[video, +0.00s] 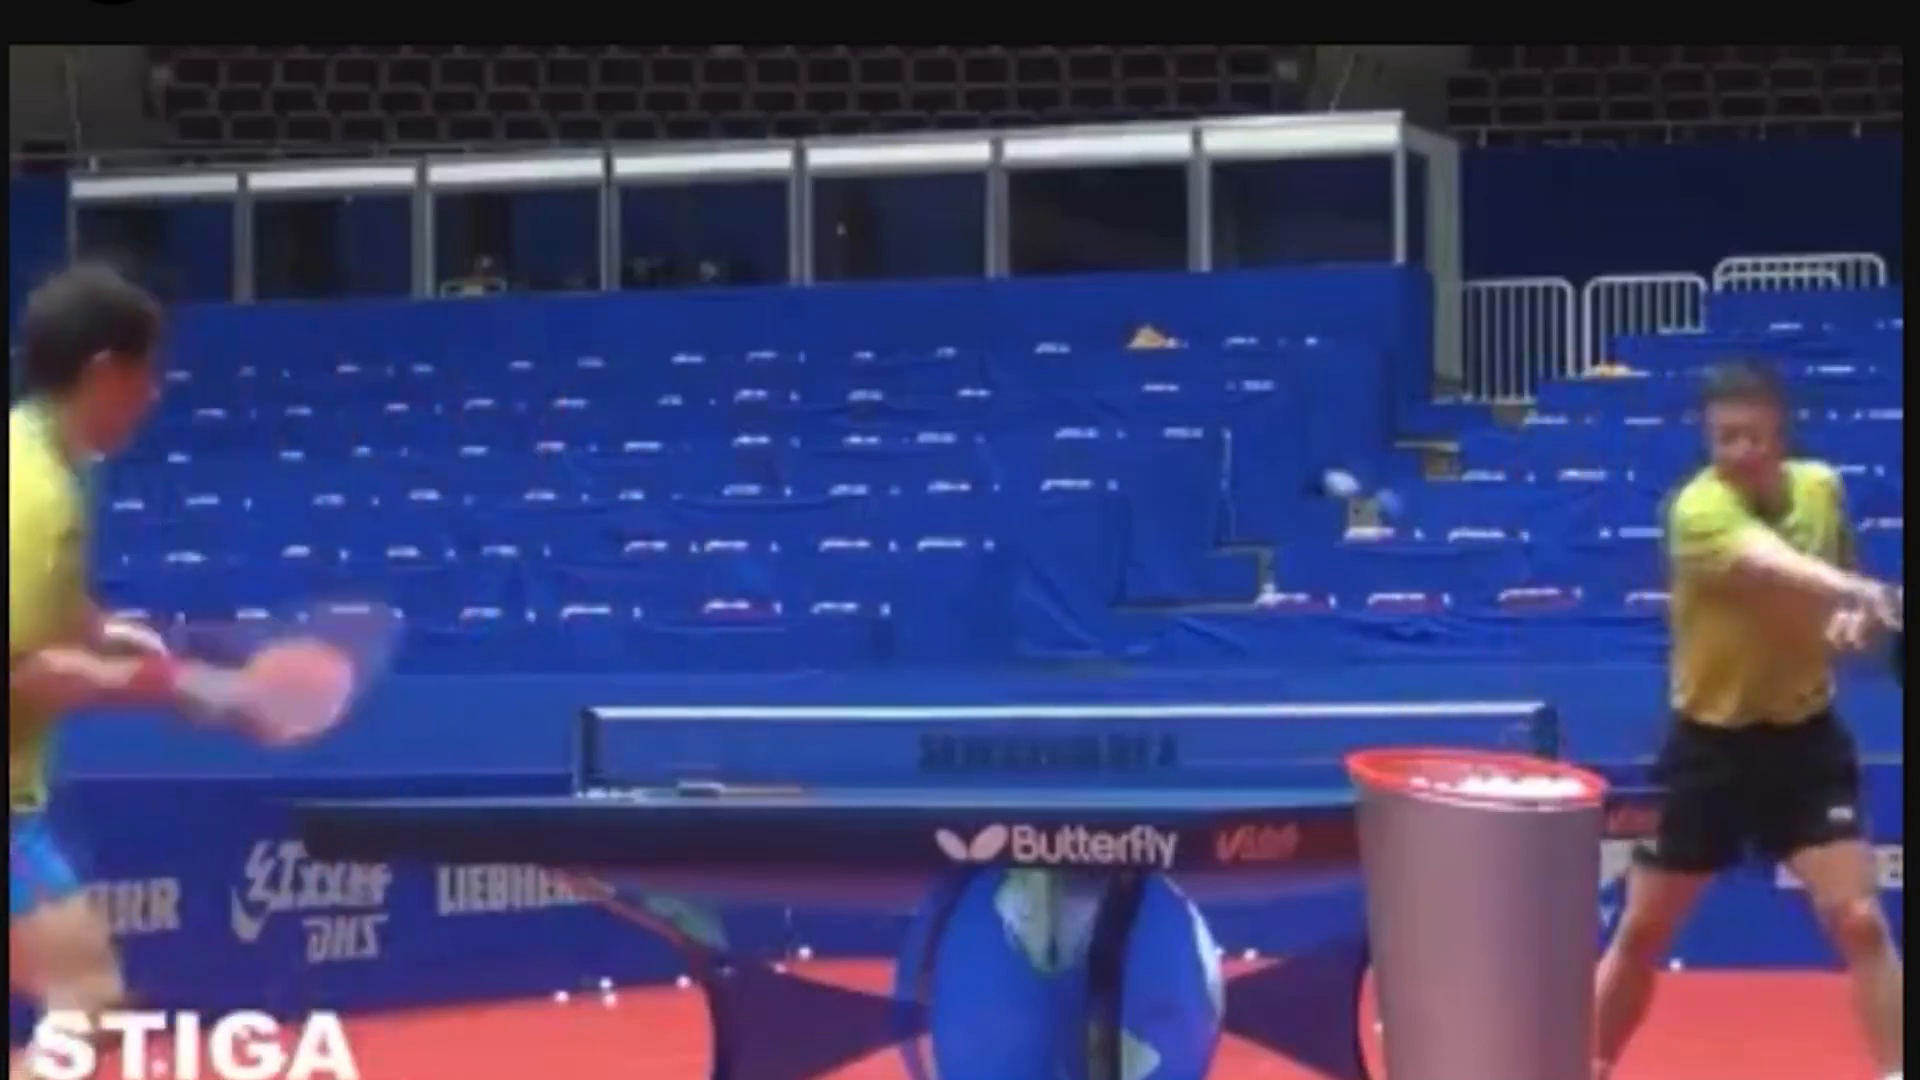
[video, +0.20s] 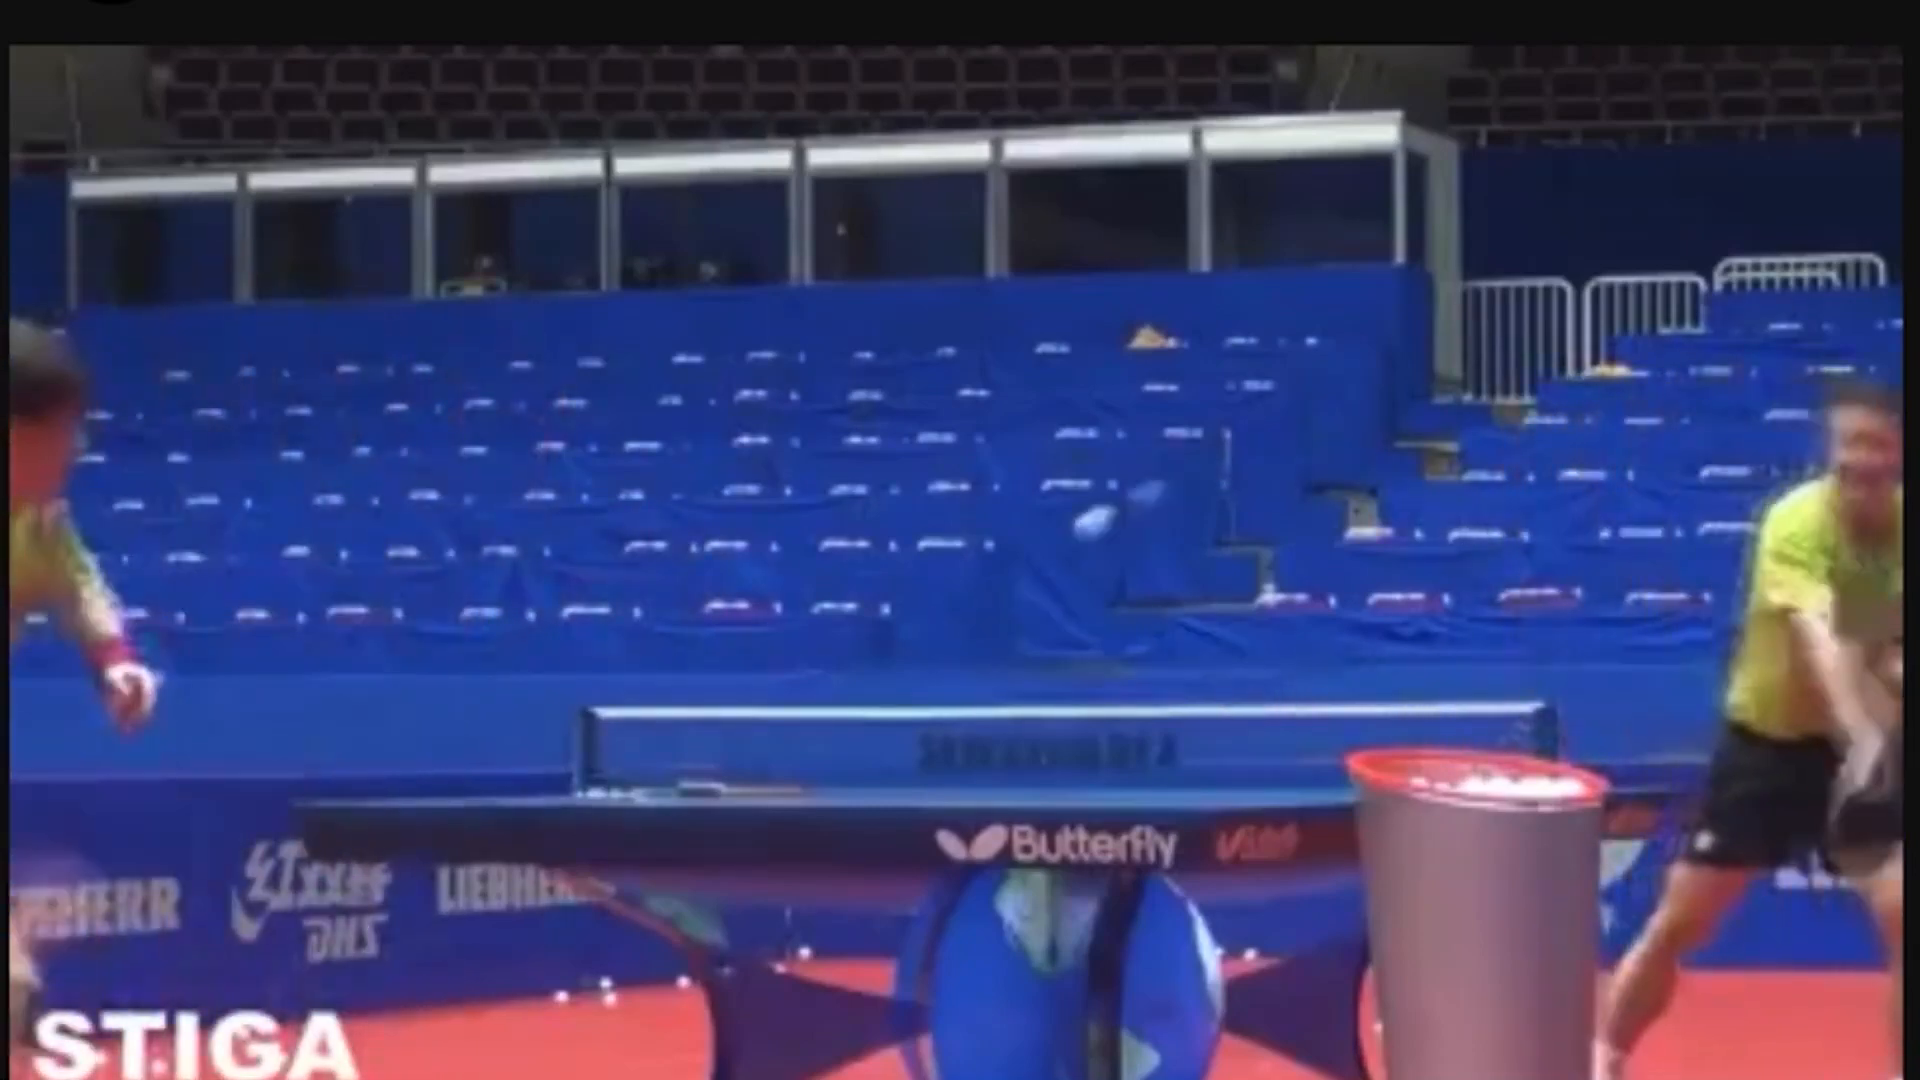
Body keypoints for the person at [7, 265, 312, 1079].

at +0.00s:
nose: (152, 391)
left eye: (152, 370)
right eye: (144, 368)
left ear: (88, 370)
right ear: (99, 372)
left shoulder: (50, 469)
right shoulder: (34, 495)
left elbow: (53, 607)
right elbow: (28, 670)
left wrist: (104, 630)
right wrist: (125, 681)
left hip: (23, 802)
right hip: (14, 812)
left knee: (79, 994)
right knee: (86, 993)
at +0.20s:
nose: (69, 453)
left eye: (71, 432)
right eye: (55, 433)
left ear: (60, 432)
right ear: (15, 435)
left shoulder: (41, 524)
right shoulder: (34, 531)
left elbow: (81, 591)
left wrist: (117, 664)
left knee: (20, 968)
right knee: (20, 969)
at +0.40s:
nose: (62, 486)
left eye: (67, 465)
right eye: (45, 467)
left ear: (67, 463)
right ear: (7, 468)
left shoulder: (65, 540)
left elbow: (166, 591)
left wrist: (229, 694)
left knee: (19, 972)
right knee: (20, 973)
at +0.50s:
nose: (72, 499)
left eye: (77, 475)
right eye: (53, 478)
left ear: (76, 474)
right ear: (12, 477)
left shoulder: (77, 549)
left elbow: (173, 596)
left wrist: (254, 707)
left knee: (37, 977)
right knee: (36, 976)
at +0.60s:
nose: (109, 474)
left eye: (109, 455)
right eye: (96, 455)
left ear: (59, 434)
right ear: (34, 433)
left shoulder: (90, 533)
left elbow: (139, 645)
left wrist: (171, 691)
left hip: (10, 824)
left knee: (64, 984)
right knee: (59, 983)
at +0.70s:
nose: (115, 362)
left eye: (116, 339)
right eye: (102, 338)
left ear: (53, 346)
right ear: (45, 344)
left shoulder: (46, 448)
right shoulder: (25, 467)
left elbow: (47, 609)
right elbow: (26, 680)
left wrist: (109, 641)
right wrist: (149, 685)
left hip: (29, 776)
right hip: (20, 783)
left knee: (65, 978)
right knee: (67, 979)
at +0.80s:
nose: (89, 281)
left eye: (85, 261)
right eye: (76, 263)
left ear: (28, 267)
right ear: (33, 268)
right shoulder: (86, 373)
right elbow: (201, 392)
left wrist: (108, 322)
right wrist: (129, 316)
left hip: (34, 738)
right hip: (30, 734)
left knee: (85, 948)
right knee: (91, 951)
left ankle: (40, 1049)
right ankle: (32, 1057)